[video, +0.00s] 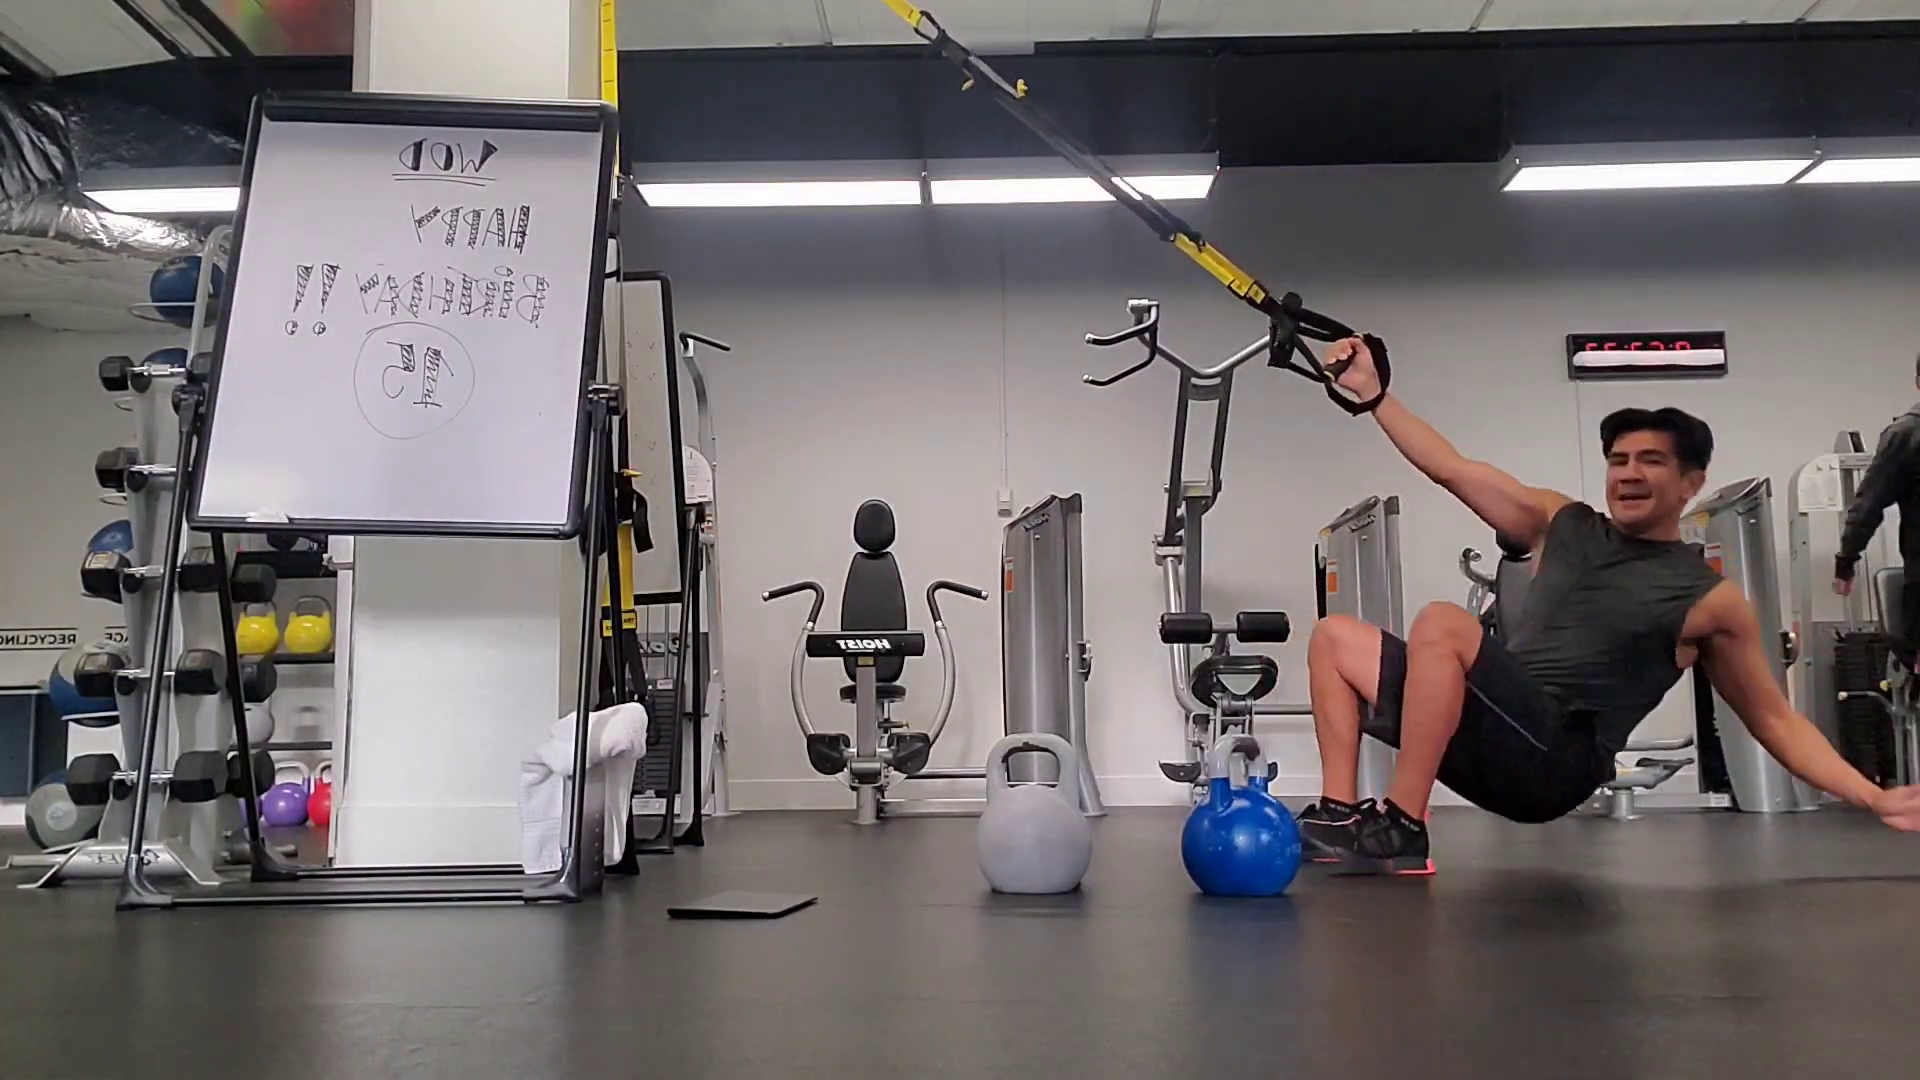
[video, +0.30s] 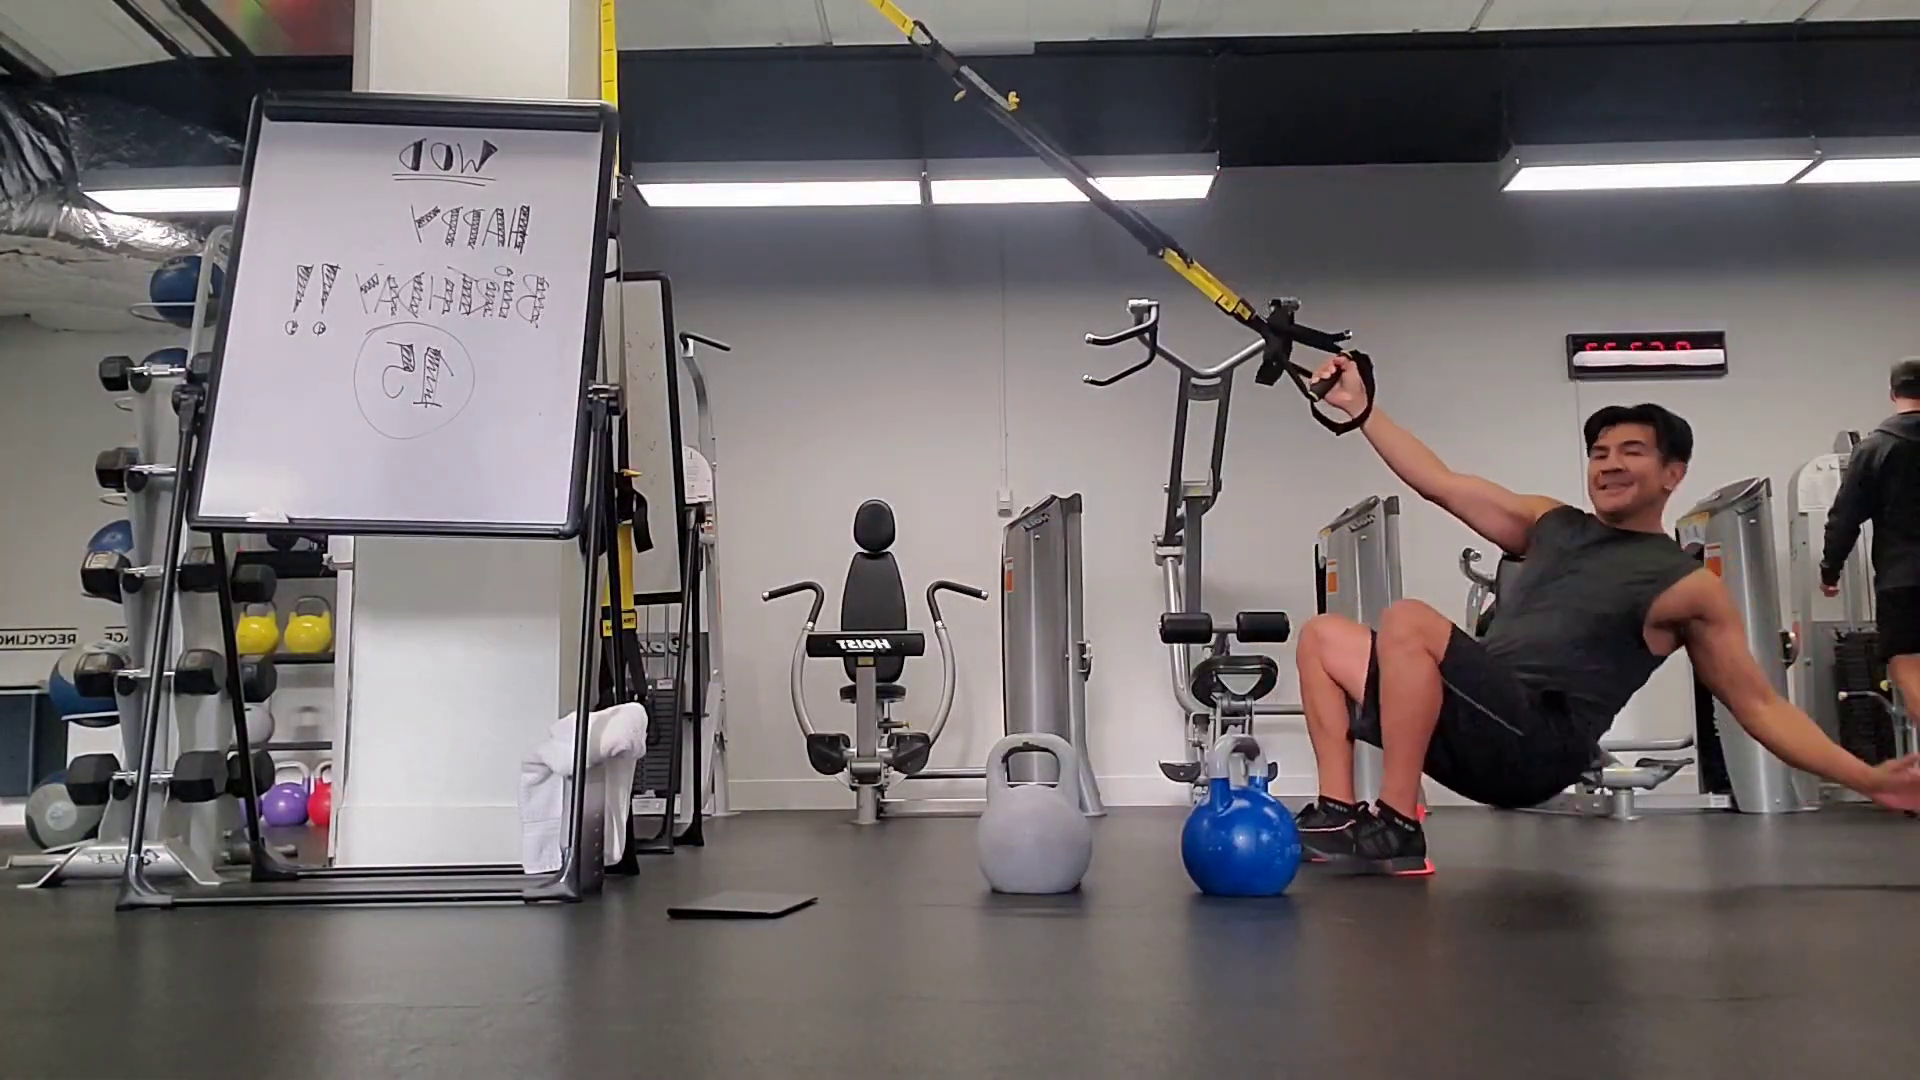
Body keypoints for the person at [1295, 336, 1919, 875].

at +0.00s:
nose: (1629, 473)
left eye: (1650, 462)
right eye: (1618, 461)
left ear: (1692, 482)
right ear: (1603, 471)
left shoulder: (1711, 597)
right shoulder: (1558, 522)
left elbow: (1776, 721)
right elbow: (1450, 468)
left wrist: (1877, 800)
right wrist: (1375, 399)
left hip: (1563, 758)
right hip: (1482, 731)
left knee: (1444, 625)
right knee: (1334, 636)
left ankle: (1403, 823)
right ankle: (1341, 812)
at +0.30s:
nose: (1610, 465)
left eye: (1631, 454)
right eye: (1600, 454)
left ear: (1673, 473)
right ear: (1588, 469)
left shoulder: (1688, 585)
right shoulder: (1546, 524)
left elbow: (1762, 706)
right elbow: (1439, 482)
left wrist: (1870, 780)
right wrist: (1362, 413)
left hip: (1544, 741)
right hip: (1471, 714)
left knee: (1409, 620)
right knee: (1321, 638)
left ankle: (1398, 827)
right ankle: (1338, 813)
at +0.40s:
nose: (1576, 412)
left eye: (1597, 398)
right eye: (1573, 403)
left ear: (1649, 421)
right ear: (1568, 421)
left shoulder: (1664, 518)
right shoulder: (1538, 494)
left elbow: (1707, 627)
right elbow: (1434, 474)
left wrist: (1759, 690)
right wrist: (1368, 406)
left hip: (1535, 692)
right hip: (1472, 681)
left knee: (1372, 620)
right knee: (1303, 638)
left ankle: (1396, 824)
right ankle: (1336, 810)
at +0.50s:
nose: (1541, 358)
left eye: (1558, 342)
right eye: (1541, 349)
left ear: (1611, 357)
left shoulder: (1626, 443)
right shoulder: (1529, 453)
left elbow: (1621, 538)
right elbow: (1432, 465)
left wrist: (1595, 557)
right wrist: (1373, 392)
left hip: (1520, 631)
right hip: (1467, 623)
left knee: (1341, 629)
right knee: (1286, 638)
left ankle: (1391, 825)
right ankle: (1333, 811)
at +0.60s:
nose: (1506, 300)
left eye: (1522, 284)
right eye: (1511, 287)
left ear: (1574, 297)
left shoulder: (1582, 371)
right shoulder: (1519, 386)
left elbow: (1526, 423)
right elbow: (1428, 454)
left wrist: (1428, 399)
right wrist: (1378, 381)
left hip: (1499, 571)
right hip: (1453, 564)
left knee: (1328, 629)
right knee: (1281, 636)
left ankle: (1389, 824)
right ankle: (1334, 809)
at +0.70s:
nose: (1470, 243)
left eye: (1486, 228)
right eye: (1475, 231)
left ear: (1534, 238)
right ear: (1529, 242)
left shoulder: (1541, 305)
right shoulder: (1498, 326)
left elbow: (1439, 312)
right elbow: (1439, 439)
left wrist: (1323, 271)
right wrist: (1386, 380)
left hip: (1479, 508)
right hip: (1436, 509)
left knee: (1330, 622)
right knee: (1289, 630)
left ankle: (1388, 824)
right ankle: (1337, 812)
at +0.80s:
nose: (1436, 195)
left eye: (1451, 181)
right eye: (1441, 183)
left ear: (1495, 192)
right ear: (1490, 196)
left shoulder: (1491, 247)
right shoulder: (1474, 271)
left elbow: (1365, 237)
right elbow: (1440, 407)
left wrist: (1252, 186)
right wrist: (1389, 363)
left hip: (1458, 460)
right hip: (1421, 463)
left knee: (1344, 617)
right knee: (1301, 612)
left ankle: (1389, 824)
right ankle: (1332, 804)